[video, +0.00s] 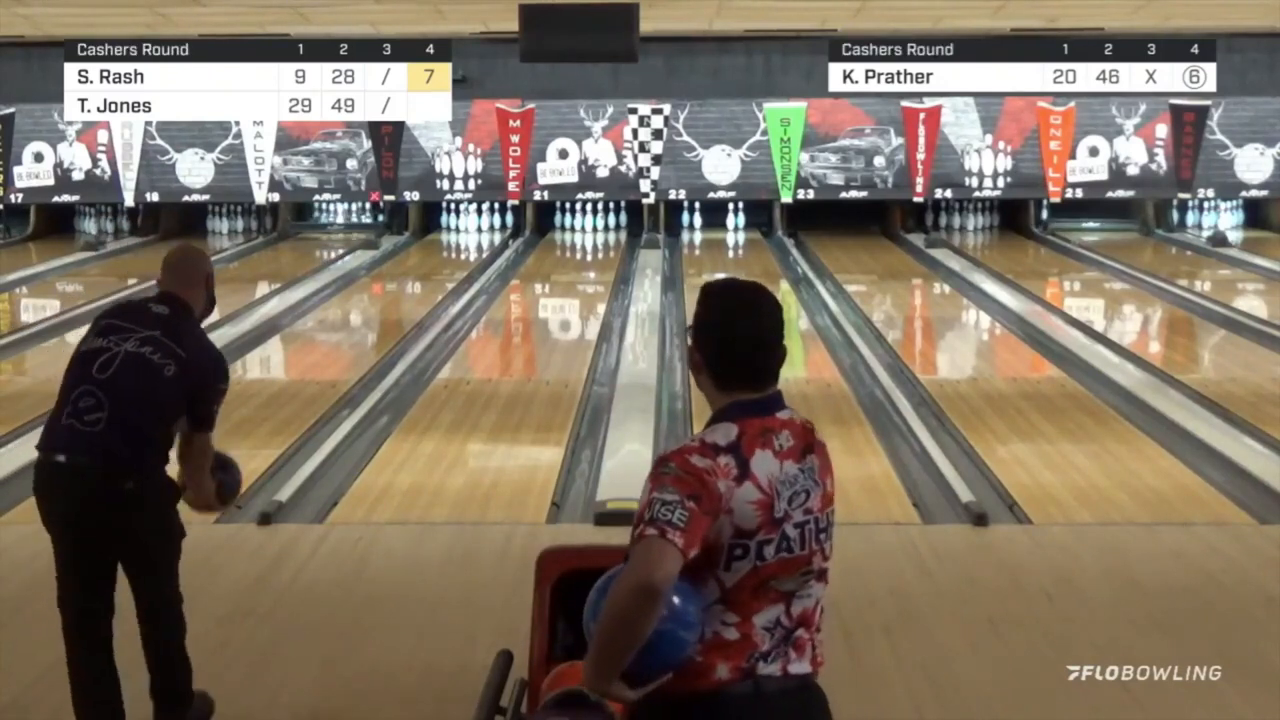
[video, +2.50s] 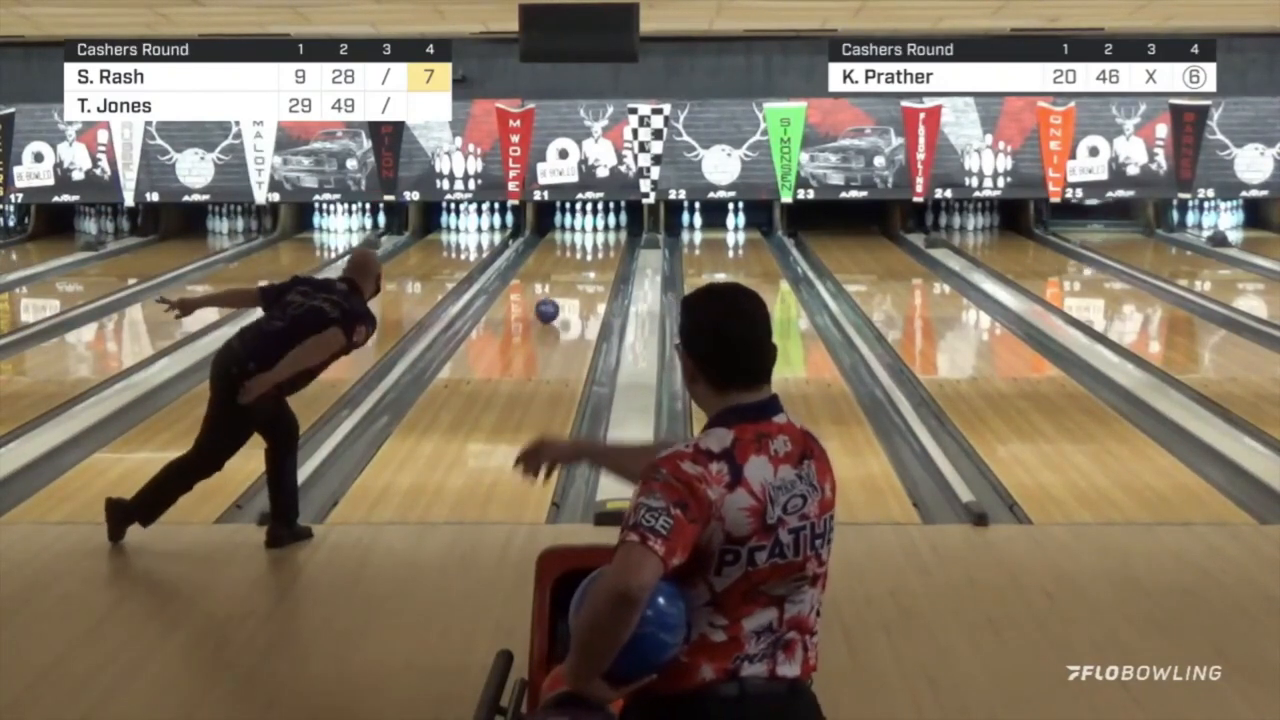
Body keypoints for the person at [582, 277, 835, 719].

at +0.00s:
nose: (689, 350)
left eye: (690, 342)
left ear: (695, 358)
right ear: (780, 356)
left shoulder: (693, 466)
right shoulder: (811, 446)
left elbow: (651, 578)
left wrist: (599, 677)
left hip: (703, 697)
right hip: (797, 689)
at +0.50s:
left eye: (699, 338)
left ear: (702, 357)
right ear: (791, 356)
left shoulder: (686, 467)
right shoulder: (813, 436)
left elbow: (627, 580)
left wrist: (584, 671)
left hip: (696, 695)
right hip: (796, 690)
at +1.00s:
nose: (686, 345)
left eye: (690, 336)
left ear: (702, 359)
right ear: (781, 353)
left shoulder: (691, 465)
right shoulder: (809, 442)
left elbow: (632, 578)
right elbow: (699, 376)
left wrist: (584, 670)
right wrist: (638, 301)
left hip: (695, 696)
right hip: (795, 692)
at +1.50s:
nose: (669, 382)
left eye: (666, 366)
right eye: (665, 367)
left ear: (685, 370)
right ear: (752, 354)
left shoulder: (687, 467)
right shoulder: (811, 453)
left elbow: (636, 579)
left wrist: (585, 669)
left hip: (691, 698)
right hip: (789, 693)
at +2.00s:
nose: (675, 373)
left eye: (674, 361)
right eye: (674, 360)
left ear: (688, 369)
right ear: (760, 354)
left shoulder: (680, 470)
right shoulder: (816, 460)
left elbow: (617, 581)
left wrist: (572, 671)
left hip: (685, 697)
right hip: (788, 695)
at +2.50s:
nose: (680, 363)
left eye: (680, 353)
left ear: (688, 365)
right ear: (770, 354)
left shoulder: (687, 470)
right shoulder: (811, 453)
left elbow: (629, 586)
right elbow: (688, 469)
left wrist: (580, 676)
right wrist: (580, 450)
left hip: (691, 699)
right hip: (790, 695)